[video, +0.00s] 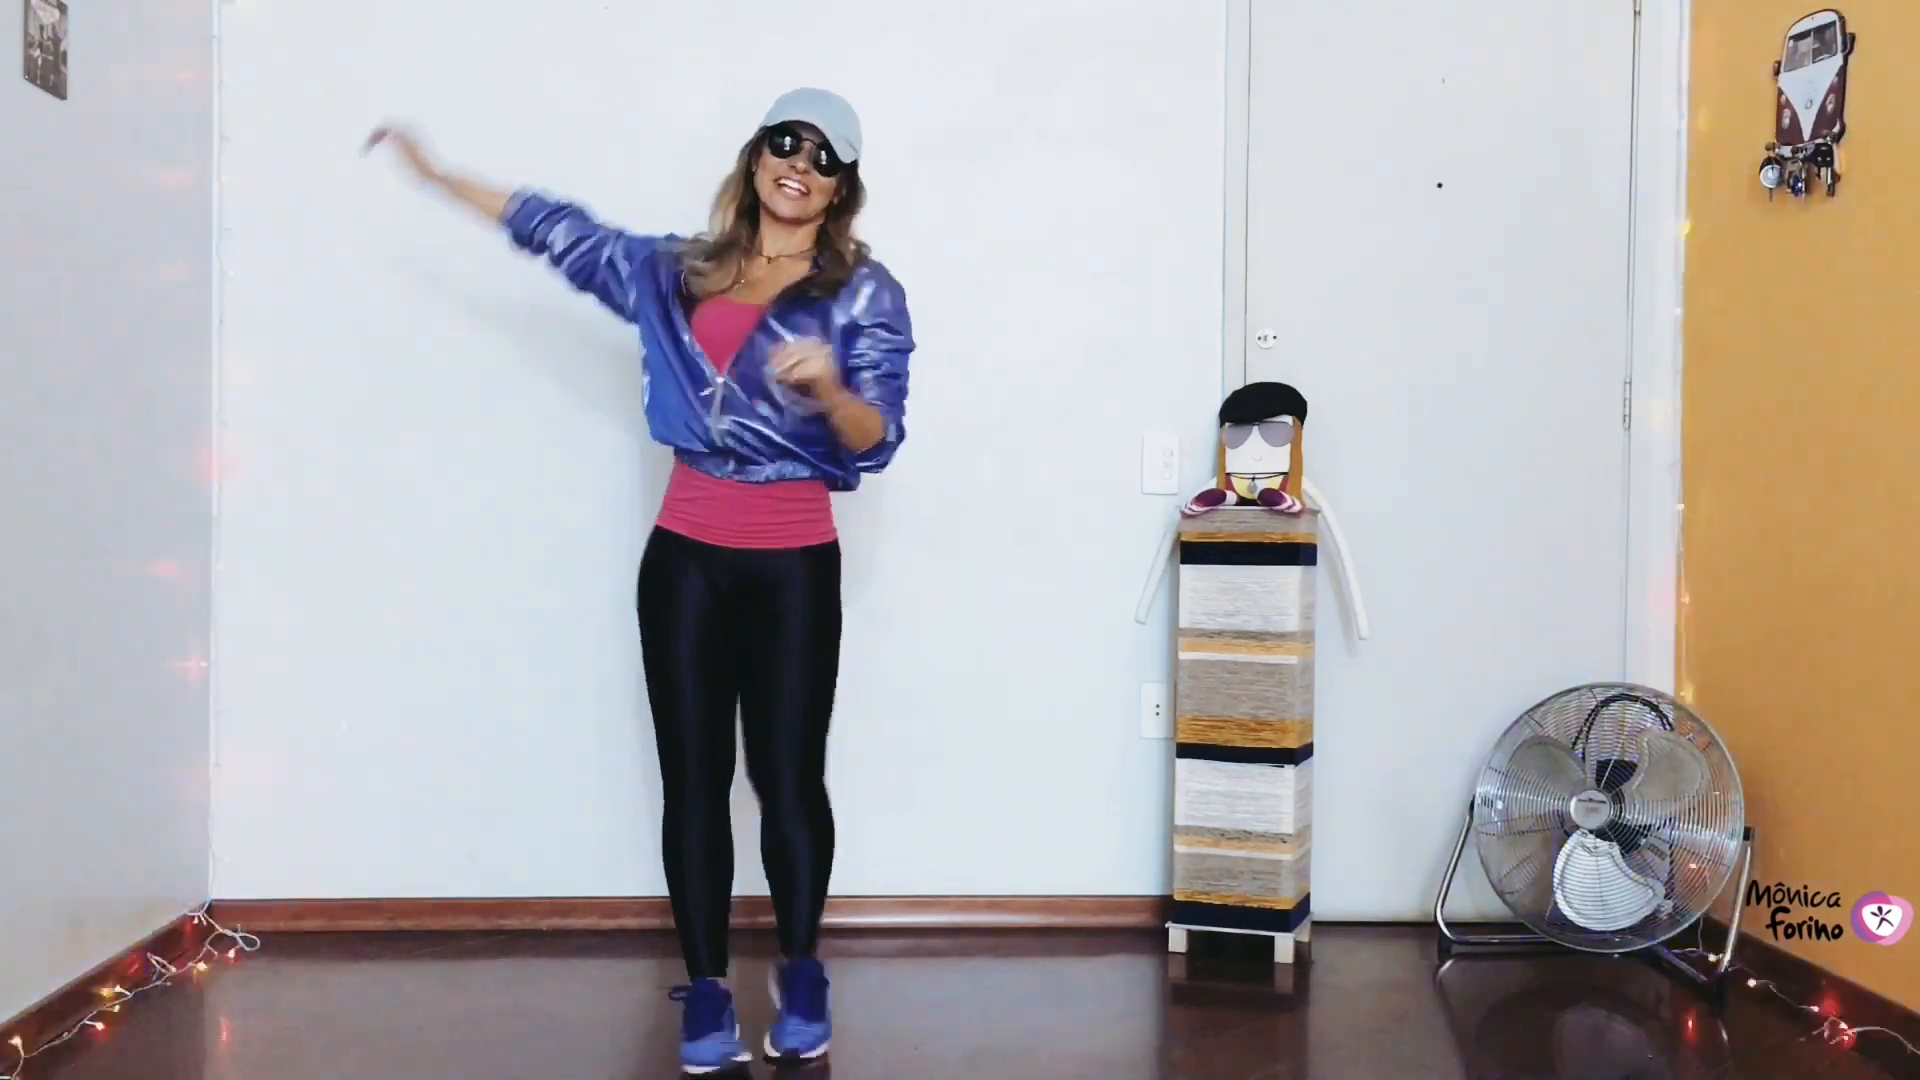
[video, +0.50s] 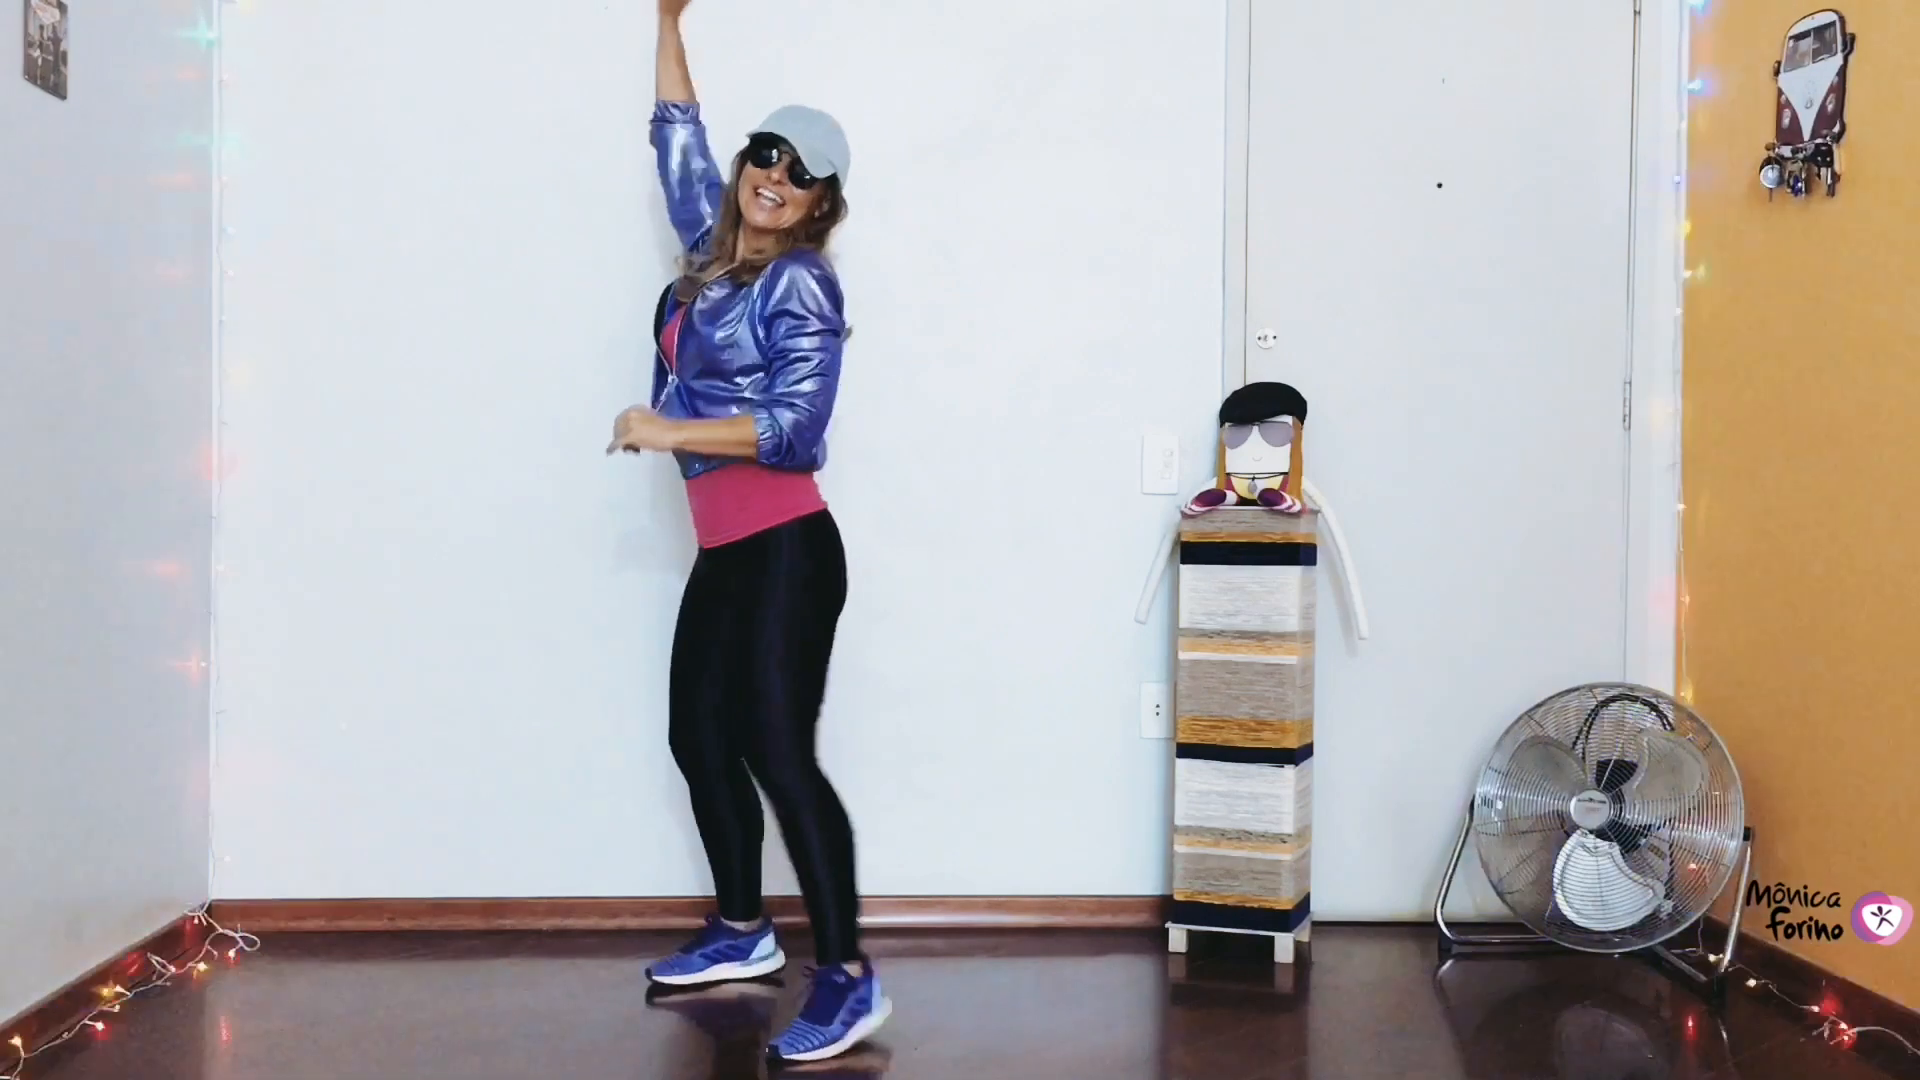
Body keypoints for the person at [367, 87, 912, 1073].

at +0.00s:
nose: (798, 170)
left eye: (821, 161)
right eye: (784, 150)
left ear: (841, 187)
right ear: (753, 162)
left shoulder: (865, 294)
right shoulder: (677, 270)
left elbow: (875, 447)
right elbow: (558, 228)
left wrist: (831, 392)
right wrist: (440, 177)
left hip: (795, 564)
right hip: (686, 556)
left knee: (789, 777)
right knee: (694, 777)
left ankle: (801, 979)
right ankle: (706, 993)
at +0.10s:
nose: (799, 165)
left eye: (824, 159)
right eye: (791, 143)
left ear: (843, 184)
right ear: (761, 151)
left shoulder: (848, 275)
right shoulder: (699, 259)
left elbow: (856, 424)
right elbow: (606, 188)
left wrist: (762, 404)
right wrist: (511, 103)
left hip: (801, 552)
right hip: (708, 547)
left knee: (783, 773)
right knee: (706, 768)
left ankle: (811, 990)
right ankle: (696, 987)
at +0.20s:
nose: (796, 150)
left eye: (822, 146)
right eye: (787, 127)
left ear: (840, 173)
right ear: (759, 132)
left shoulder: (824, 256)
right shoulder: (710, 227)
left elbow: (839, 413)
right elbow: (635, 149)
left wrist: (719, 408)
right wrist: (568, 49)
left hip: (810, 537)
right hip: (729, 538)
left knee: (787, 754)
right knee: (692, 745)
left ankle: (834, 982)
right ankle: (679, 968)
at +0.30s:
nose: (787, 151)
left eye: (813, 147)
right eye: (782, 128)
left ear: (834, 174)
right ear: (756, 132)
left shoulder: (813, 252)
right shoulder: (725, 223)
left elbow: (819, 401)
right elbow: (661, 126)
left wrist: (695, 404)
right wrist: (611, 25)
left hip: (810, 532)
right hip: (740, 539)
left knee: (813, 749)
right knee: (674, 722)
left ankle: (860, 976)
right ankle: (698, 937)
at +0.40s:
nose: (783, 169)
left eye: (806, 166)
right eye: (775, 147)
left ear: (824, 193)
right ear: (745, 151)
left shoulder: (805, 270)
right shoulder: (717, 232)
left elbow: (810, 413)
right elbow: (673, 121)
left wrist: (682, 413)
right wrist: (641, 11)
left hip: (798, 538)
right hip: (734, 545)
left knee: (820, 758)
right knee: (686, 728)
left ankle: (859, 980)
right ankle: (732, 919)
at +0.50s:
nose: (777, 181)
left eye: (801, 178)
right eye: (768, 159)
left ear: (818, 204)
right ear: (740, 170)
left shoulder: (801, 285)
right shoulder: (708, 257)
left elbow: (794, 433)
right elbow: (679, 134)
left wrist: (670, 431)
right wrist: (669, 24)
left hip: (790, 543)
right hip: (724, 550)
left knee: (781, 751)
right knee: (703, 739)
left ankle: (845, 975)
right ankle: (742, 932)